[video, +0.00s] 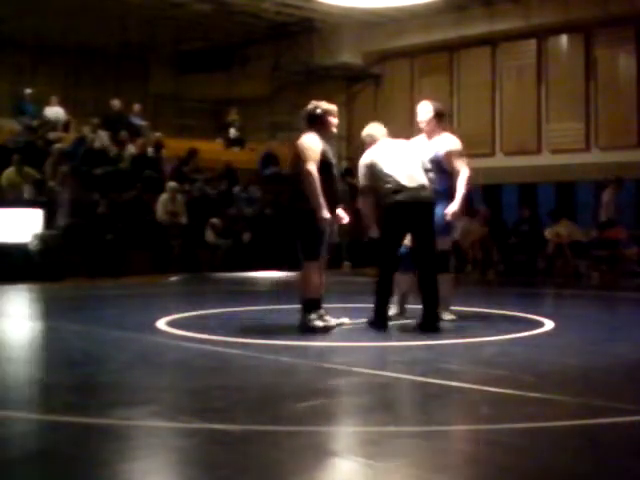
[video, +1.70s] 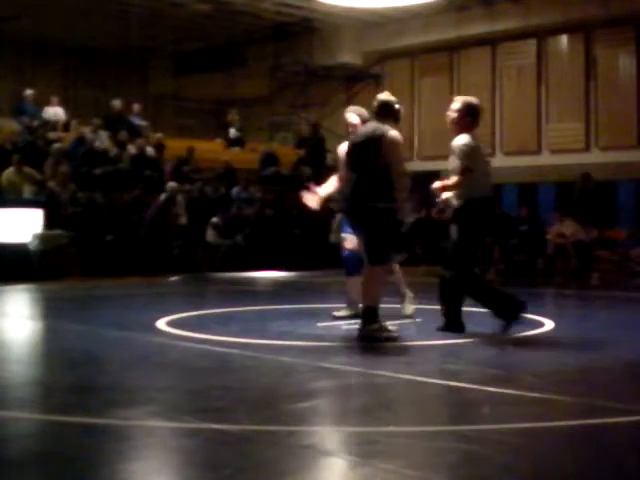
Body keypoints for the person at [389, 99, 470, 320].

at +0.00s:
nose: (420, 121)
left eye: (424, 116)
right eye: (419, 117)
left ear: (437, 117)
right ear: (418, 118)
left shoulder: (449, 141)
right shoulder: (416, 142)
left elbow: (463, 171)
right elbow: (406, 169)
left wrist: (457, 202)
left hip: (442, 201)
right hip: (419, 200)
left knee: (442, 253)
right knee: (407, 252)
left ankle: (444, 305)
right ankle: (399, 304)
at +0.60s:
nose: (384, 125)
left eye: (388, 120)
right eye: (382, 121)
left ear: (399, 120)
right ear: (381, 122)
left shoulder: (419, 141)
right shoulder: (380, 147)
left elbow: (438, 166)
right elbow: (375, 176)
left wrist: (440, 197)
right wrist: (373, 201)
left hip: (419, 200)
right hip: (392, 201)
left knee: (426, 248)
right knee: (391, 250)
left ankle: (439, 303)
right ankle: (395, 302)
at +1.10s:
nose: (386, 132)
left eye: (389, 128)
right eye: (384, 128)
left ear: (400, 126)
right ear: (385, 128)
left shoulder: (419, 146)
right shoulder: (386, 149)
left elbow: (434, 177)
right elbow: (382, 180)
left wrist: (427, 196)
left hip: (423, 215)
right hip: (401, 215)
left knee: (423, 267)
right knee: (384, 263)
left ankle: (447, 312)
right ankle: (377, 312)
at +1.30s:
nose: (388, 154)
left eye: (388, 149)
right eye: (387, 149)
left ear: (397, 145)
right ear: (411, 141)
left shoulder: (401, 164)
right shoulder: (436, 157)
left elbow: (396, 196)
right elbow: (450, 188)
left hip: (428, 212)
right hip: (451, 208)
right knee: (438, 268)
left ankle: (451, 323)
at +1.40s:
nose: (401, 132)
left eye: (404, 128)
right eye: (402, 128)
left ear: (414, 130)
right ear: (426, 131)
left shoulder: (412, 152)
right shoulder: (446, 149)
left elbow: (421, 182)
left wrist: (409, 201)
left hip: (440, 205)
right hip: (464, 203)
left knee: (418, 261)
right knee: (447, 266)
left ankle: (402, 315)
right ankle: (451, 322)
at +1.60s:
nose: (430, 116)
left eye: (434, 112)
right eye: (432, 111)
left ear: (445, 116)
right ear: (453, 117)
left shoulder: (444, 140)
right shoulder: (465, 142)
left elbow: (445, 173)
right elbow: (463, 180)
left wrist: (427, 186)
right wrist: (438, 192)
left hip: (454, 208)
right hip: (468, 208)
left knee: (447, 264)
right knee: (454, 264)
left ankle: (453, 319)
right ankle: (474, 307)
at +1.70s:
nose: (447, 114)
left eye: (452, 111)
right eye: (449, 110)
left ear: (464, 117)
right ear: (468, 119)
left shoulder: (462, 144)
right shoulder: (470, 143)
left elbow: (462, 178)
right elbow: (469, 183)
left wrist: (441, 185)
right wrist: (449, 197)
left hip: (470, 212)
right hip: (472, 211)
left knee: (457, 267)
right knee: (459, 267)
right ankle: (452, 321)